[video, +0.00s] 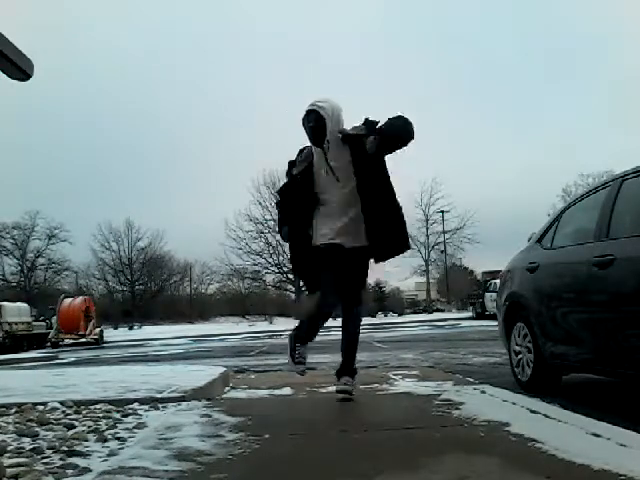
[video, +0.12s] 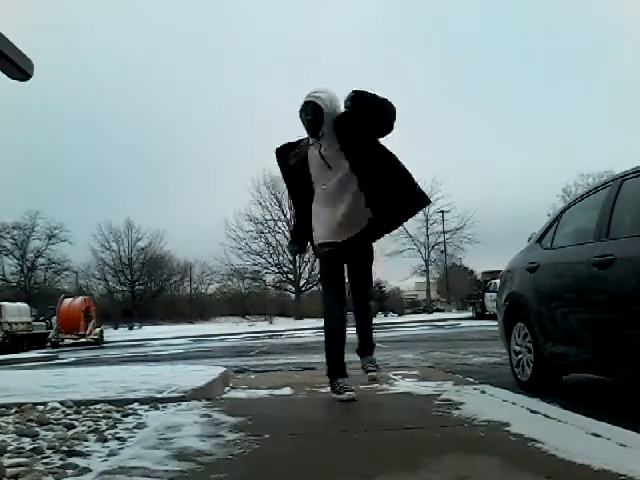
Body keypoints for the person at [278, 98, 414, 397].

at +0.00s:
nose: (310, 128)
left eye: (316, 121)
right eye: (307, 123)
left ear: (332, 121)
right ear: (305, 126)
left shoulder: (360, 144)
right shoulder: (305, 161)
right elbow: (288, 203)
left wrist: (384, 134)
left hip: (356, 242)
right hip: (321, 243)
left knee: (352, 309)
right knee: (326, 303)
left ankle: (347, 375)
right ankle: (298, 341)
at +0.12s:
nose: (309, 120)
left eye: (314, 113)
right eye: (305, 115)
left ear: (329, 112)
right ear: (302, 119)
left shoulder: (351, 130)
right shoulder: (300, 155)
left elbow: (387, 118)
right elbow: (301, 202)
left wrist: (358, 99)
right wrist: (298, 238)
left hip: (358, 233)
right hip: (325, 240)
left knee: (361, 301)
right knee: (333, 309)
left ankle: (367, 354)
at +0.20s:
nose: (307, 131)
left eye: (313, 125)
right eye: (304, 126)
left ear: (328, 126)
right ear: (302, 131)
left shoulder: (349, 149)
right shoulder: (303, 165)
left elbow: (380, 146)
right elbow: (305, 210)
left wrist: (361, 111)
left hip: (356, 241)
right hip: (323, 249)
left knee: (371, 298)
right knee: (338, 319)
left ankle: (382, 331)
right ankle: (346, 381)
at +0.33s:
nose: (307, 142)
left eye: (311, 135)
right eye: (303, 137)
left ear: (328, 136)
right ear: (302, 140)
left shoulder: (349, 162)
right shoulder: (303, 176)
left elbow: (380, 162)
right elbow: (305, 219)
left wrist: (349, 129)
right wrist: (287, 187)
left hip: (357, 253)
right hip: (324, 258)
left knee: (378, 300)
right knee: (335, 325)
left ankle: (395, 313)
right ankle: (345, 381)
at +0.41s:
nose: (308, 129)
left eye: (313, 122)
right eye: (303, 124)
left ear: (329, 123)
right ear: (300, 130)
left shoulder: (351, 146)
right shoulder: (301, 165)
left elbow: (381, 128)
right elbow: (301, 210)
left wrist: (346, 111)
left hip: (357, 241)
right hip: (323, 251)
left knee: (376, 289)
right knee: (334, 318)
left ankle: (387, 308)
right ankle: (344, 379)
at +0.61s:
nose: (314, 140)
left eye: (320, 134)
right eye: (310, 135)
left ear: (336, 135)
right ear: (306, 140)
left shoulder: (351, 160)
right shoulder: (301, 176)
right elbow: (292, 222)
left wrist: (354, 145)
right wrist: (289, 256)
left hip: (352, 249)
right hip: (319, 257)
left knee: (368, 313)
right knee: (332, 320)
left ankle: (384, 294)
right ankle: (341, 380)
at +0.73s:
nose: (330, 150)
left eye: (335, 144)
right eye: (324, 144)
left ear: (345, 146)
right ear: (314, 148)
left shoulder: (360, 177)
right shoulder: (302, 181)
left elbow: (382, 221)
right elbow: (284, 218)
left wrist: (370, 214)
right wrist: (275, 199)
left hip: (356, 260)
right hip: (320, 264)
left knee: (360, 303)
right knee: (334, 325)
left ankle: (383, 316)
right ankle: (341, 381)